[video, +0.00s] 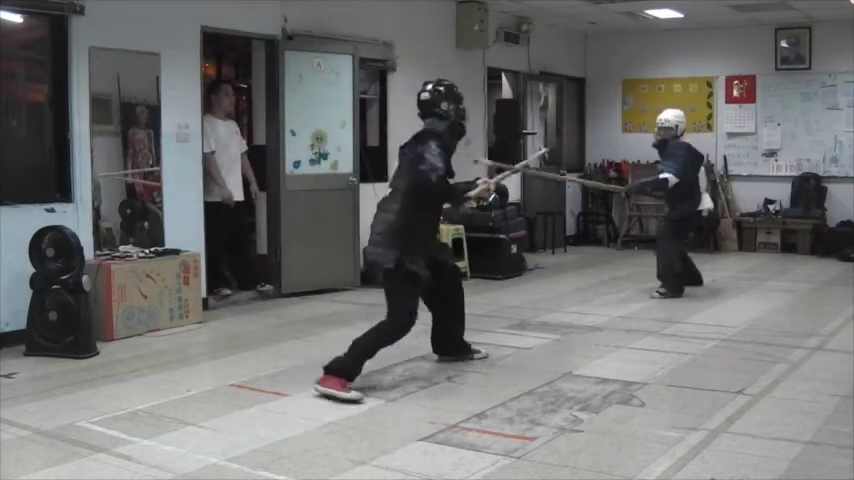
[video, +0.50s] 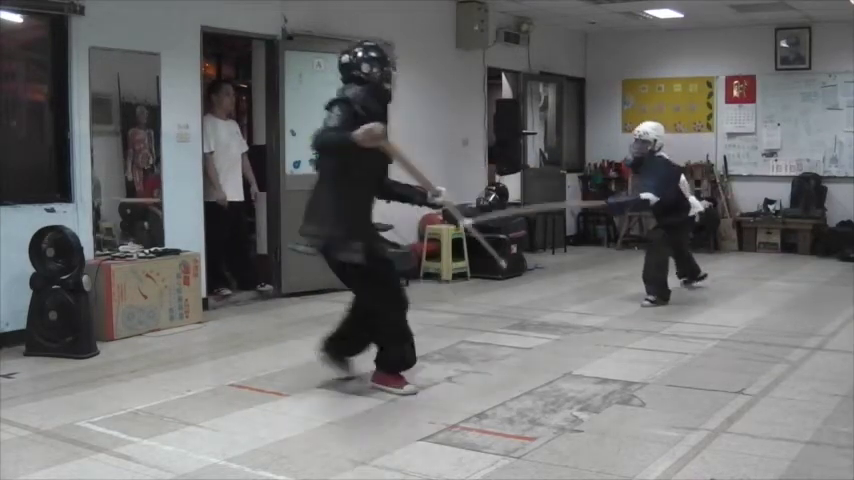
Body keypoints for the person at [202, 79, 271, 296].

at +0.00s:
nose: (232, 99)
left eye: (232, 95)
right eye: (227, 95)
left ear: (231, 99)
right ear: (214, 98)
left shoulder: (232, 125)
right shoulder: (206, 123)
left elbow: (243, 156)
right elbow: (207, 158)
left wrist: (252, 183)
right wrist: (222, 187)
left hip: (237, 196)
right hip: (214, 198)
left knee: (241, 241)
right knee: (217, 244)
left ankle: (249, 280)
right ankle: (217, 285)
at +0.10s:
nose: (232, 99)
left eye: (232, 95)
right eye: (227, 95)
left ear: (231, 99)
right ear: (214, 98)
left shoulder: (232, 125)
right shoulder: (206, 123)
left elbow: (243, 156)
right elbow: (208, 159)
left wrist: (253, 182)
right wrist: (223, 188)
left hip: (237, 196)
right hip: (214, 197)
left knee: (241, 240)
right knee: (216, 243)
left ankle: (250, 280)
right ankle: (217, 284)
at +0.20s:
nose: (232, 99)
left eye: (232, 95)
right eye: (227, 95)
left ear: (232, 99)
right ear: (215, 98)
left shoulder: (233, 125)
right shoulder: (207, 123)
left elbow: (243, 156)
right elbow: (208, 158)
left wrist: (253, 181)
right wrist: (222, 187)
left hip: (237, 195)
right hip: (215, 197)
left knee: (241, 241)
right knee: (216, 244)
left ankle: (250, 280)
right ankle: (216, 285)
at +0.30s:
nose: (232, 99)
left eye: (232, 95)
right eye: (227, 95)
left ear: (232, 99)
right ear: (215, 98)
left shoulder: (233, 125)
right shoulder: (207, 123)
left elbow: (243, 156)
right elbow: (208, 158)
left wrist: (253, 181)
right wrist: (220, 186)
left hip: (237, 195)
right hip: (215, 197)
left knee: (242, 240)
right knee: (216, 243)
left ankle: (252, 280)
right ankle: (217, 285)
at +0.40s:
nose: (232, 99)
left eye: (232, 95)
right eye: (227, 95)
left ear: (232, 99)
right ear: (215, 98)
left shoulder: (233, 125)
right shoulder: (207, 123)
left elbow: (243, 156)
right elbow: (207, 158)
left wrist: (253, 182)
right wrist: (217, 188)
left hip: (237, 195)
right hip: (215, 197)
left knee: (241, 241)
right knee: (217, 244)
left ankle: (251, 280)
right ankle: (217, 285)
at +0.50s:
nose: (232, 99)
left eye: (232, 95)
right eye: (227, 95)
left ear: (232, 99)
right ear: (215, 98)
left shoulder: (233, 125)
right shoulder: (207, 123)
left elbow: (243, 156)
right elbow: (207, 158)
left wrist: (252, 183)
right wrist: (216, 188)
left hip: (237, 196)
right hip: (216, 197)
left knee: (242, 242)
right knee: (216, 244)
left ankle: (251, 281)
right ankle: (217, 285)